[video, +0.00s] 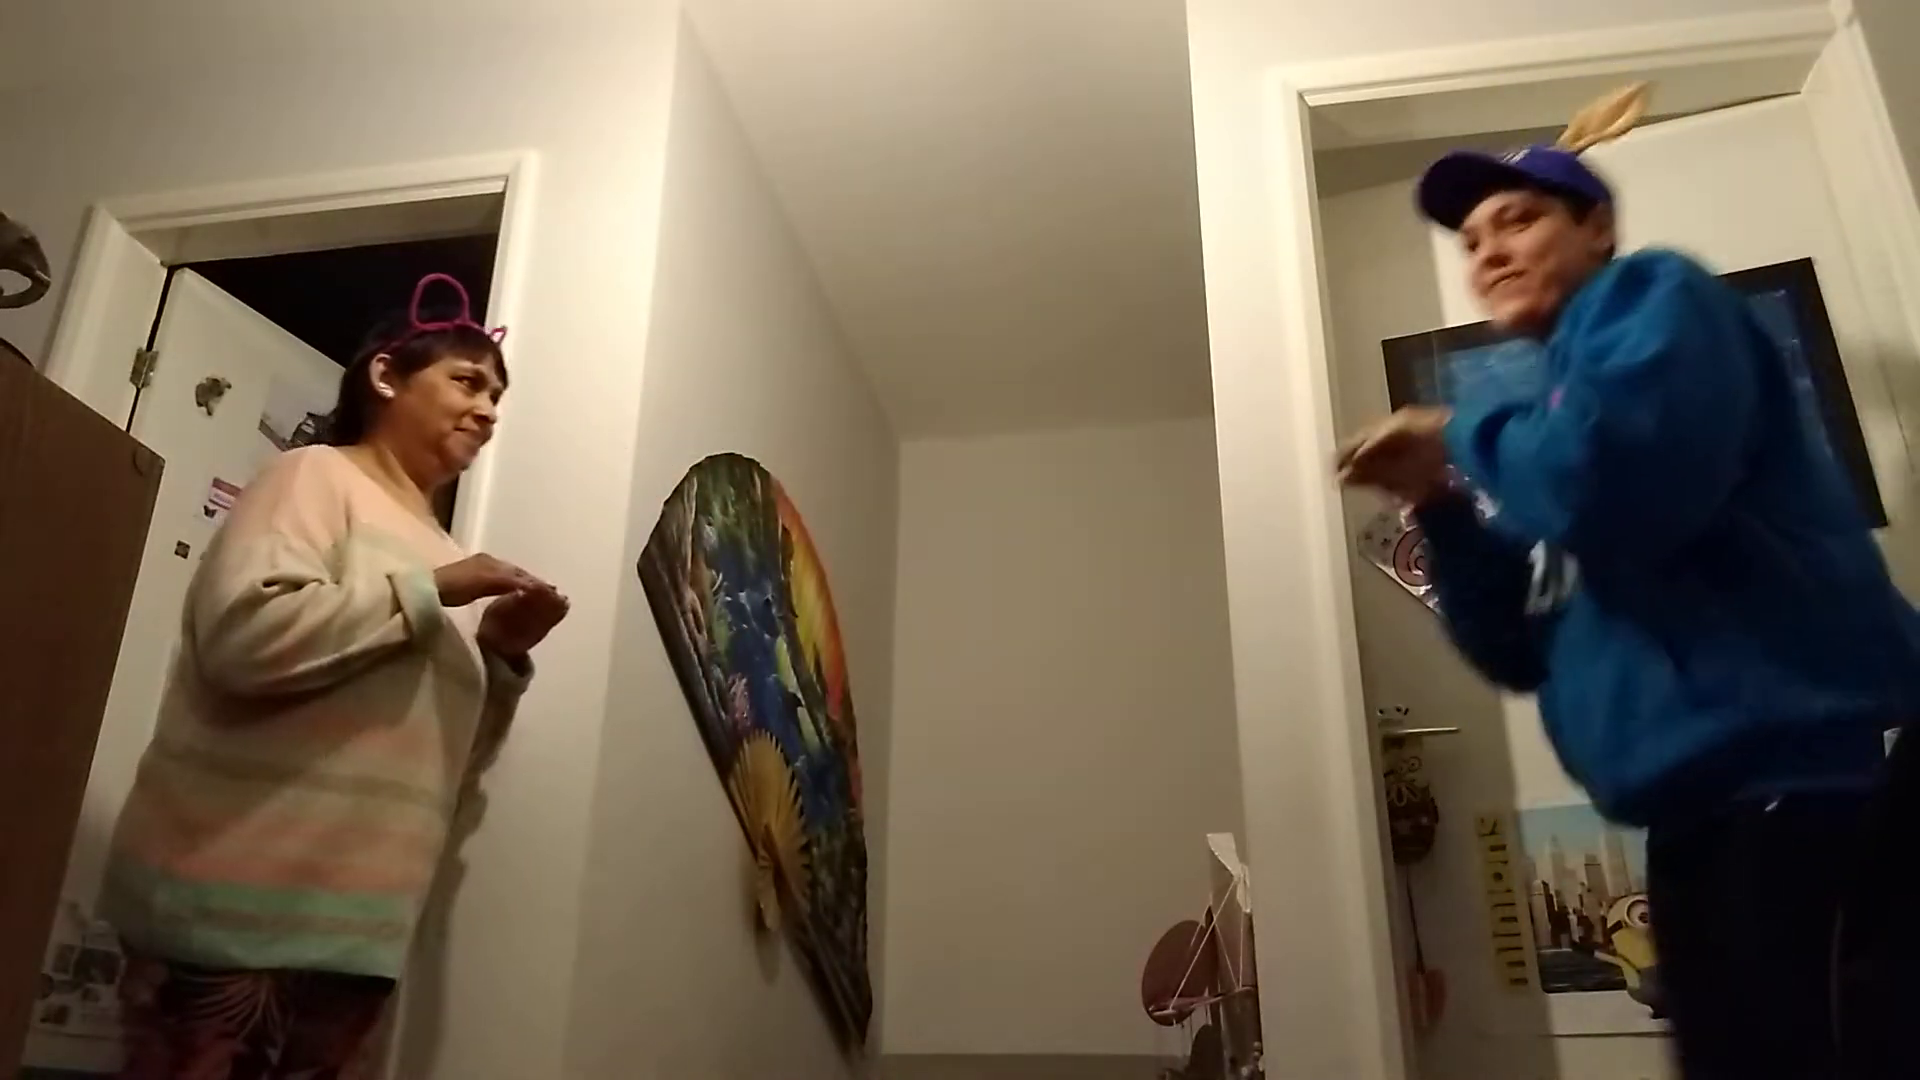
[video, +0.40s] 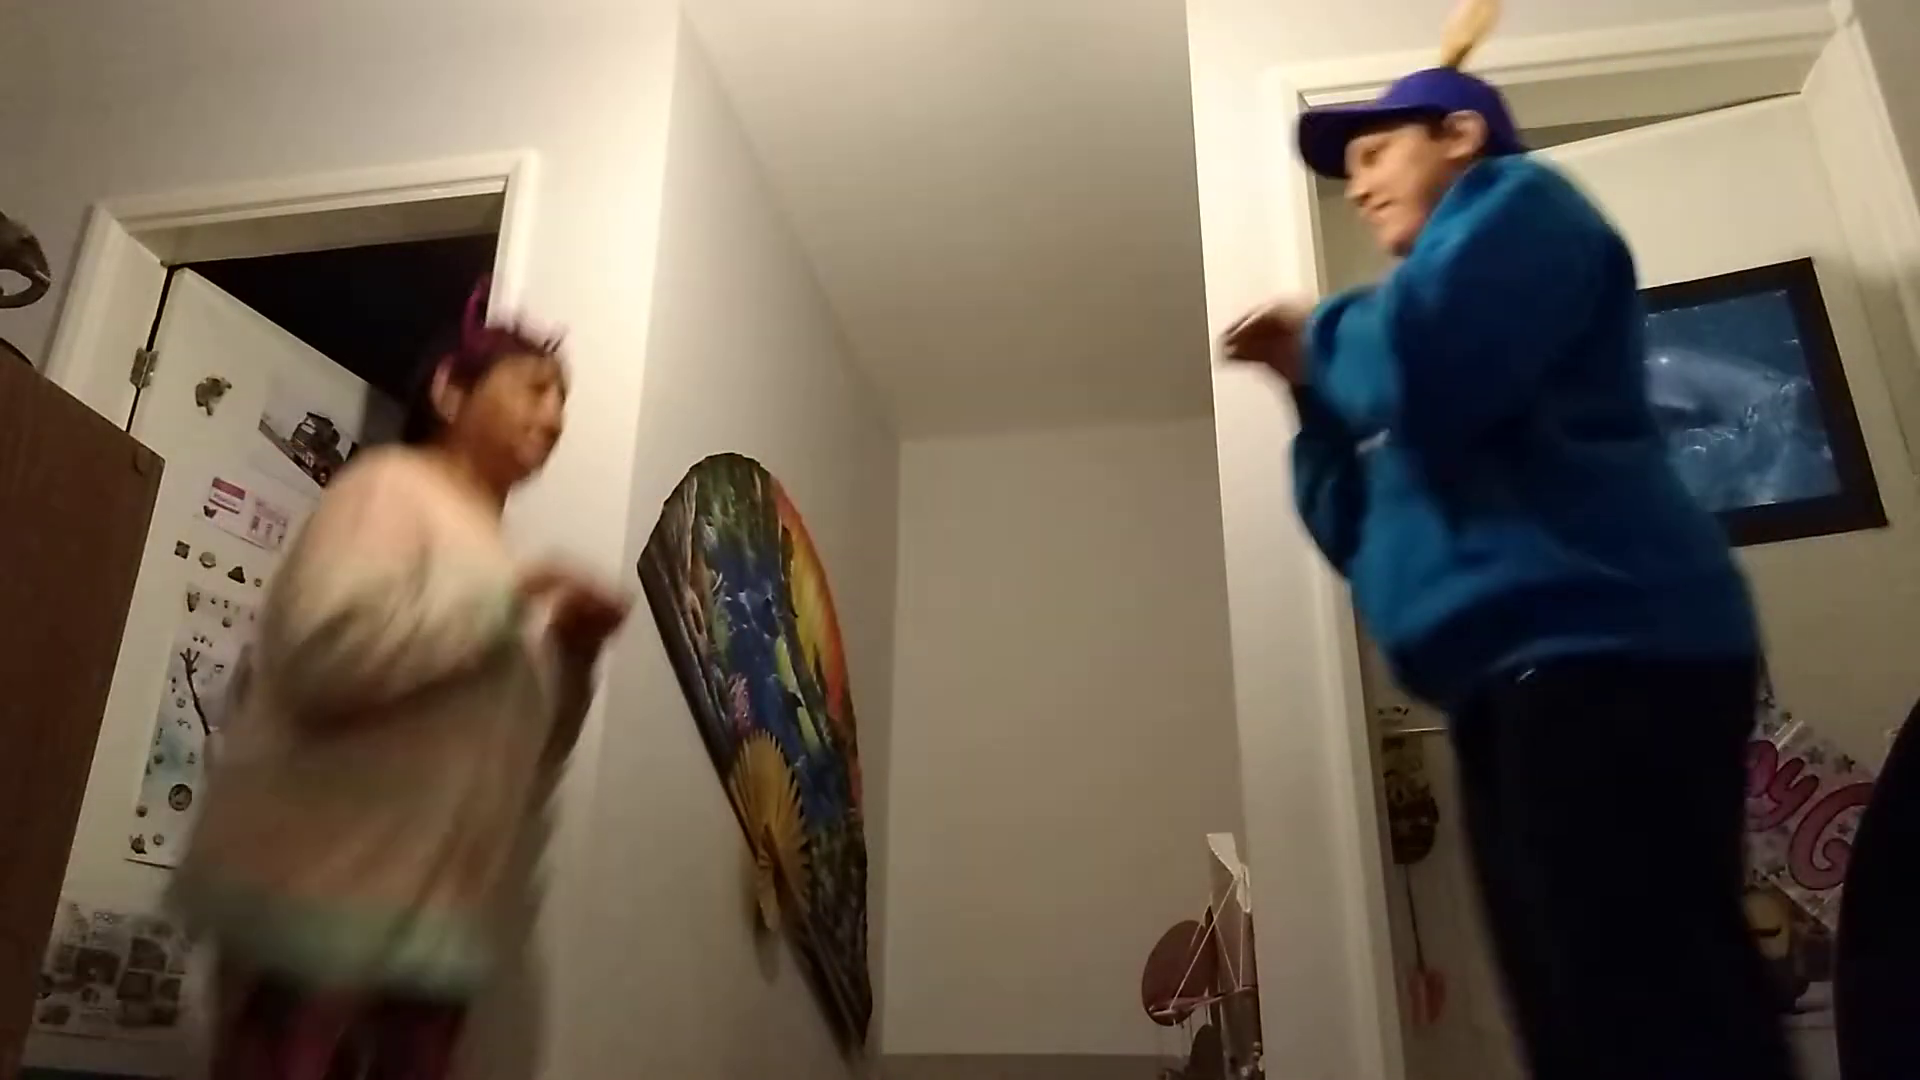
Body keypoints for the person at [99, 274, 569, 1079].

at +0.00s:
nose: (488, 410)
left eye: (495, 398)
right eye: (467, 382)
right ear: (387, 376)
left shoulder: (437, 549)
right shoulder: (312, 474)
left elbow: (443, 767)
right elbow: (242, 637)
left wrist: (500, 660)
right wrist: (431, 587)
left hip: (353, 929)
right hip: (224, 906)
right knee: (193, 1063)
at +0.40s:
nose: (553, 414)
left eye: (559, 398)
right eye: (533, 387)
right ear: (451, 390)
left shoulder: (497, 548)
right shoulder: (387, 485)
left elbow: (519, 772)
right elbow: (319, 661)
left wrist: (573, 659)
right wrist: (506, 607)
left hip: (436, 925)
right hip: (318, 909)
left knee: (405, 1065)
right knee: (284, 1064)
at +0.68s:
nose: (662, 366)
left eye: (667, 352)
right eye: (639, 339)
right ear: (562, 346)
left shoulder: (612, 526)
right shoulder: (488, 447)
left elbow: (612, 723)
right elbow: (426, 632)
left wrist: (673, 634)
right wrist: (614, 577)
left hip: (517, 879)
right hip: (405, 863)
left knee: (512, 1061)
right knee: (409, 1061)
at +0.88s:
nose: (711, 386)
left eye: (714, 368)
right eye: (692, 358)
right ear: (610, 366)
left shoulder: (658, 524)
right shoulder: (548, 474)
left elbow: (683, 721)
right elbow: (518, 644)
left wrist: (744, 623)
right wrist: (696, 586)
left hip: (618, 912)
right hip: (518, 908)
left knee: (603, 1064)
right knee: (511, 1065)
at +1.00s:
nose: (764, 323)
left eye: (764, 304)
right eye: (741, 297)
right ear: (662, 304)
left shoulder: (706, 453)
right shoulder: (607, 409)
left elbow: (715, 631)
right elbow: (616, 578)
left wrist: (791, 559)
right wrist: (761, 513)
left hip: (656, 817)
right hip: (578, 811)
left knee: (678, 1054)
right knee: (630, 1056)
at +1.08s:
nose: (816, 330)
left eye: (817, 310)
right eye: (793, 300)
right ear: (716, 305)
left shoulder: (730, 457)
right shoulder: (656, 422)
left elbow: (738, 664)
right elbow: (653, 614)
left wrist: (834, 588)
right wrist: (803, 552)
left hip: (664, 844)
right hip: (605, 839)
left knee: (697, 1058)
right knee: (666, 1062)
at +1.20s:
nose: (865, 395)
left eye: (859, 372)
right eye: (844, 366)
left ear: (774, 378)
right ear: (770, 374)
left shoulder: (770, 528)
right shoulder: (703, 494)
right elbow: (701, 706)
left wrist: (879, 659)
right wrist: (858, 643)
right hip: (669, 942)